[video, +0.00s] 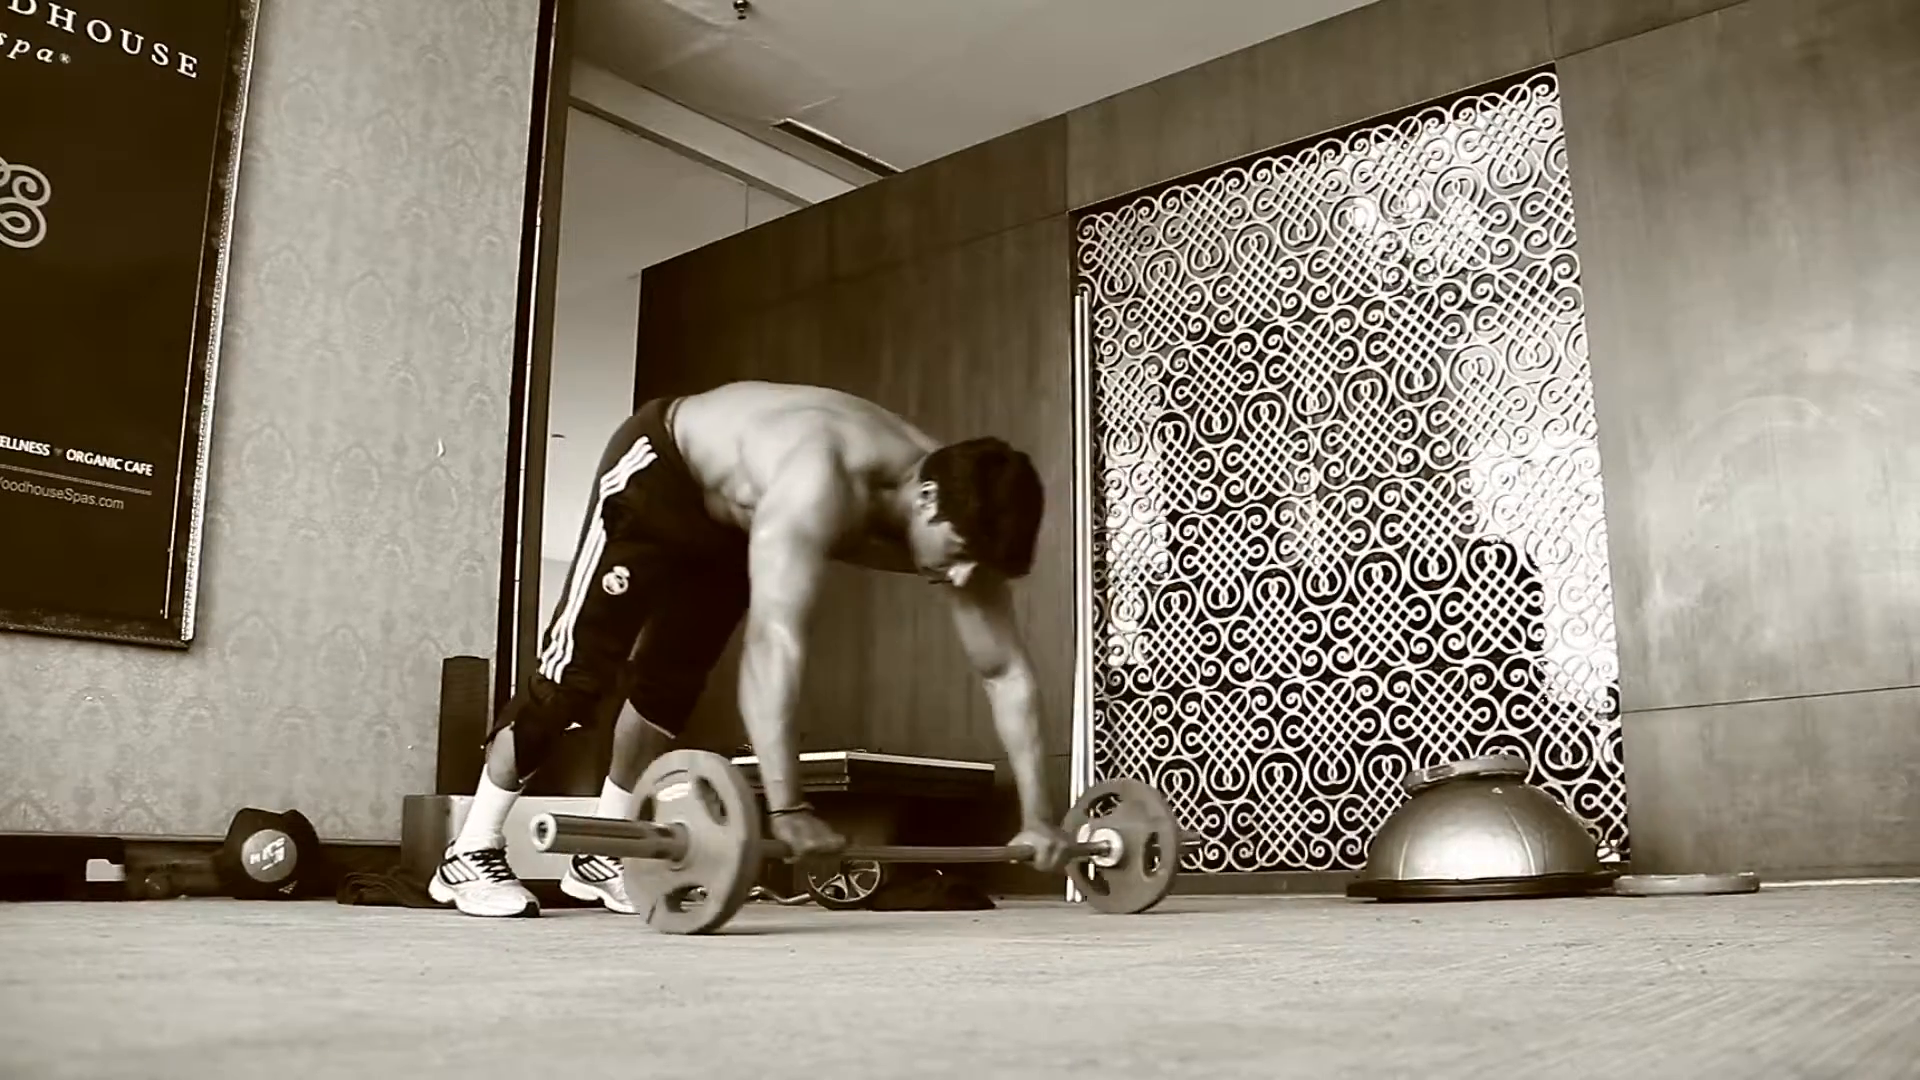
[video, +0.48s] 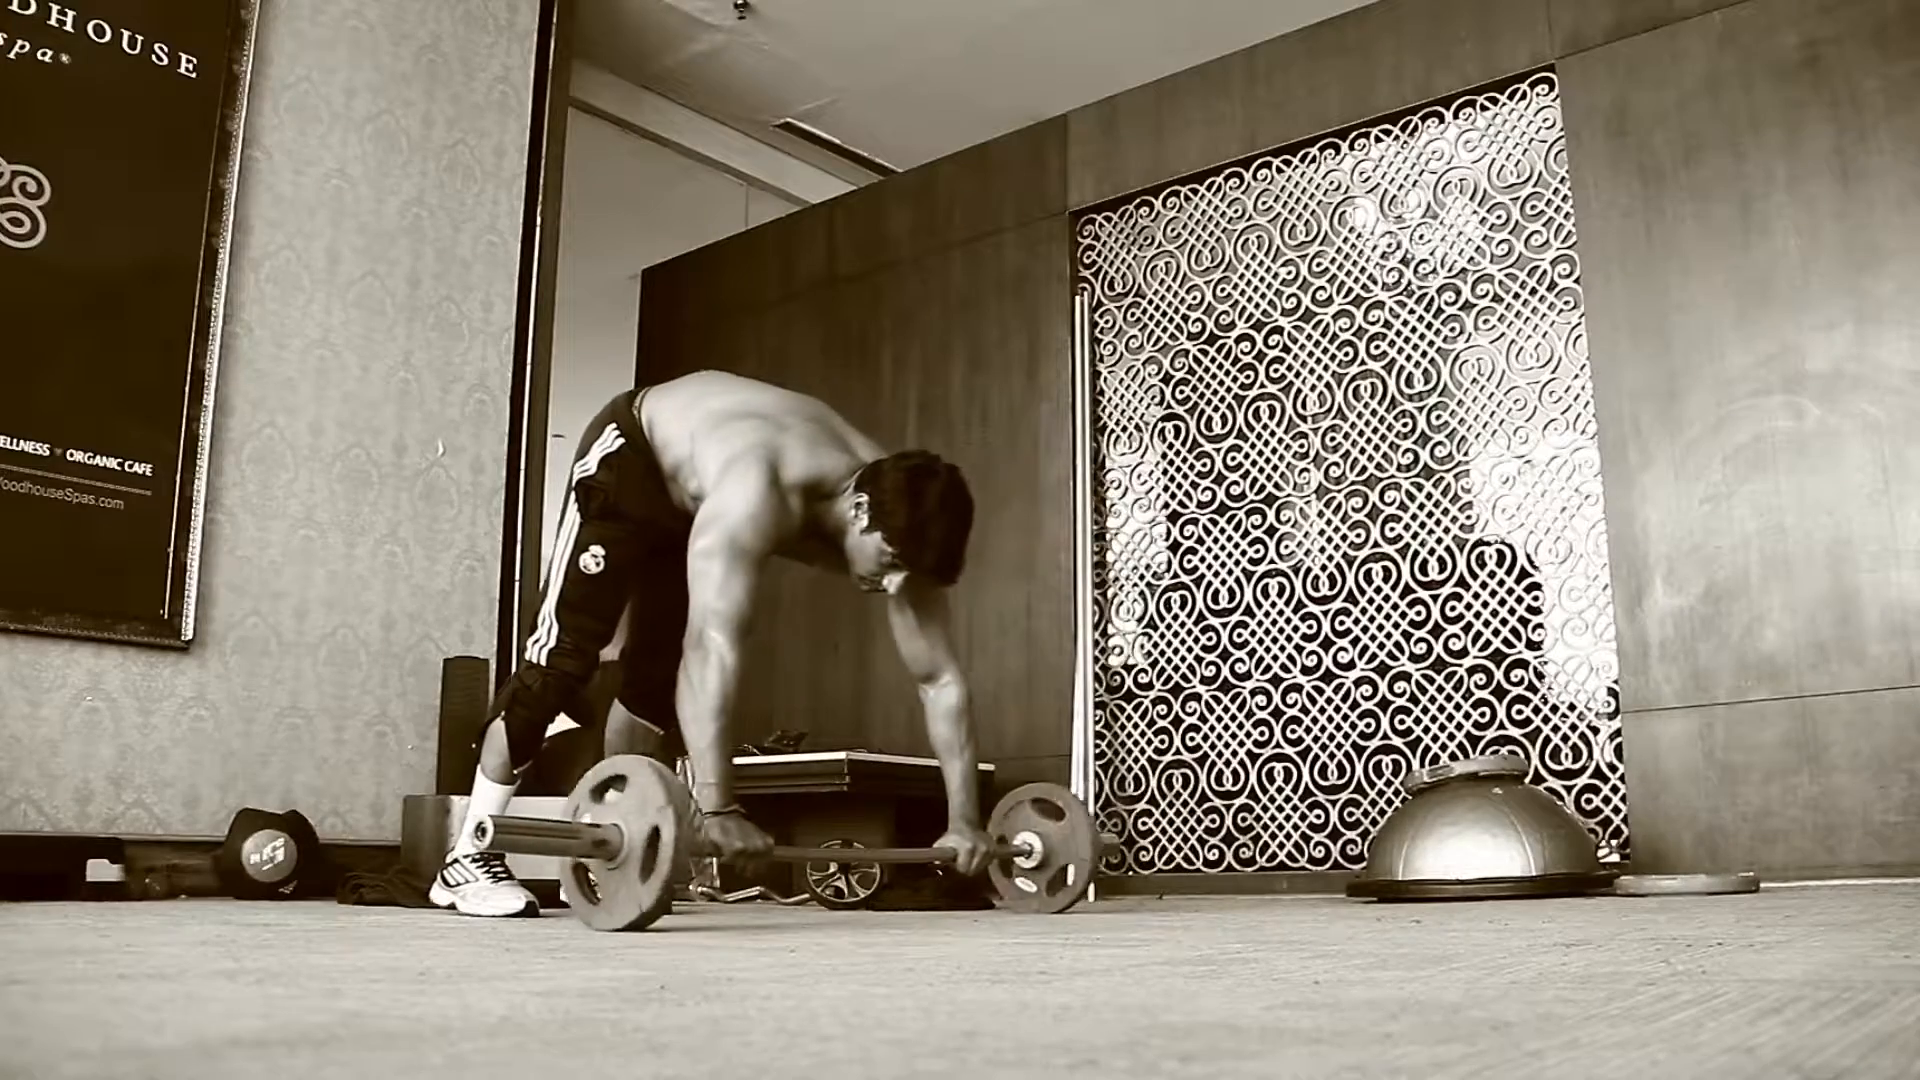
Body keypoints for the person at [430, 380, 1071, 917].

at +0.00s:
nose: (957, 576)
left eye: (977, 566)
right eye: (955, 553)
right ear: (927, 501)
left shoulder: (958, 515)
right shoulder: (817, 481)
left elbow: (1005, 672)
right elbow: (773, 639)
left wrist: (1040, 817)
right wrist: (786, 807)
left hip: (741, 522)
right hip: (661, 472)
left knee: (662, 693)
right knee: (574, 679)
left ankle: (594, 853)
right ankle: (468, 857)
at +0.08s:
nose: (941, 579)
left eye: (961, 569)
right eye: (940, 555)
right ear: (913, 504)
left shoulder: (942, 509)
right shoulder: (803, 480)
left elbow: (993, 671)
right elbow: (759, 639)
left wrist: (1026, 815)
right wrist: (770, 808)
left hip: (731, 512)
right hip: (652, 467)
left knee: (662, 691)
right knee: (573, 674)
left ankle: (607, 855)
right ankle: (471, 855)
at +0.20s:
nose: (922, 583)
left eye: (940, 573)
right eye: (921, 561)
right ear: (892, 506)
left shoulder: (926, 513)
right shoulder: (784, 481)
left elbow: (975, 673)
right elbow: (740, 642)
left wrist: (1005, 819)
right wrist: (750, 808)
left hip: (722, 507)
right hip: (643, 465)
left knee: (660, 687)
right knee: (572, 669)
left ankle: (610, 848)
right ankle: (472, 855)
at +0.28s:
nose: (911, 579)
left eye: (930, 568)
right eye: (909, 557)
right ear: (880, 505)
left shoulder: (919, 513)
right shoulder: (774, 485)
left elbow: (963, 675)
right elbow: (731, 644)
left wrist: (991, 817)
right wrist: (741, 805)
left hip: (715, 506)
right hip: (639, 464)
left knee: (661, 690)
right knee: (570, 671)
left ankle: (599, 848)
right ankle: (471, 856)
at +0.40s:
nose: (898, 582)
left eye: (918, 571)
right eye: (896, 559)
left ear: (943, 552)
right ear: (866, 510)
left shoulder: (908, 515)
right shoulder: (762, 489)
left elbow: (948, 677)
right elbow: (718, 648)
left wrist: (974, 819)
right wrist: (724, 806)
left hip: (709, 504)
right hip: (634, 457)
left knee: (657, 679)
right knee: (567, 665)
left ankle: (610, 850)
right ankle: (470, 858)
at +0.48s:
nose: (887, 586)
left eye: (905, 577)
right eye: (887, 565)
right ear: (860, 512)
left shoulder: (895, 511)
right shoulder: (756, 489)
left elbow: (939, 679)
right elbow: (710, 648)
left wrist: (966, 819)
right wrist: (713, 805)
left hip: (704, 503)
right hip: (629, 458)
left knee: (654, 678)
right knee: (564, 663)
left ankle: (611, 849)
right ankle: (468, 858)